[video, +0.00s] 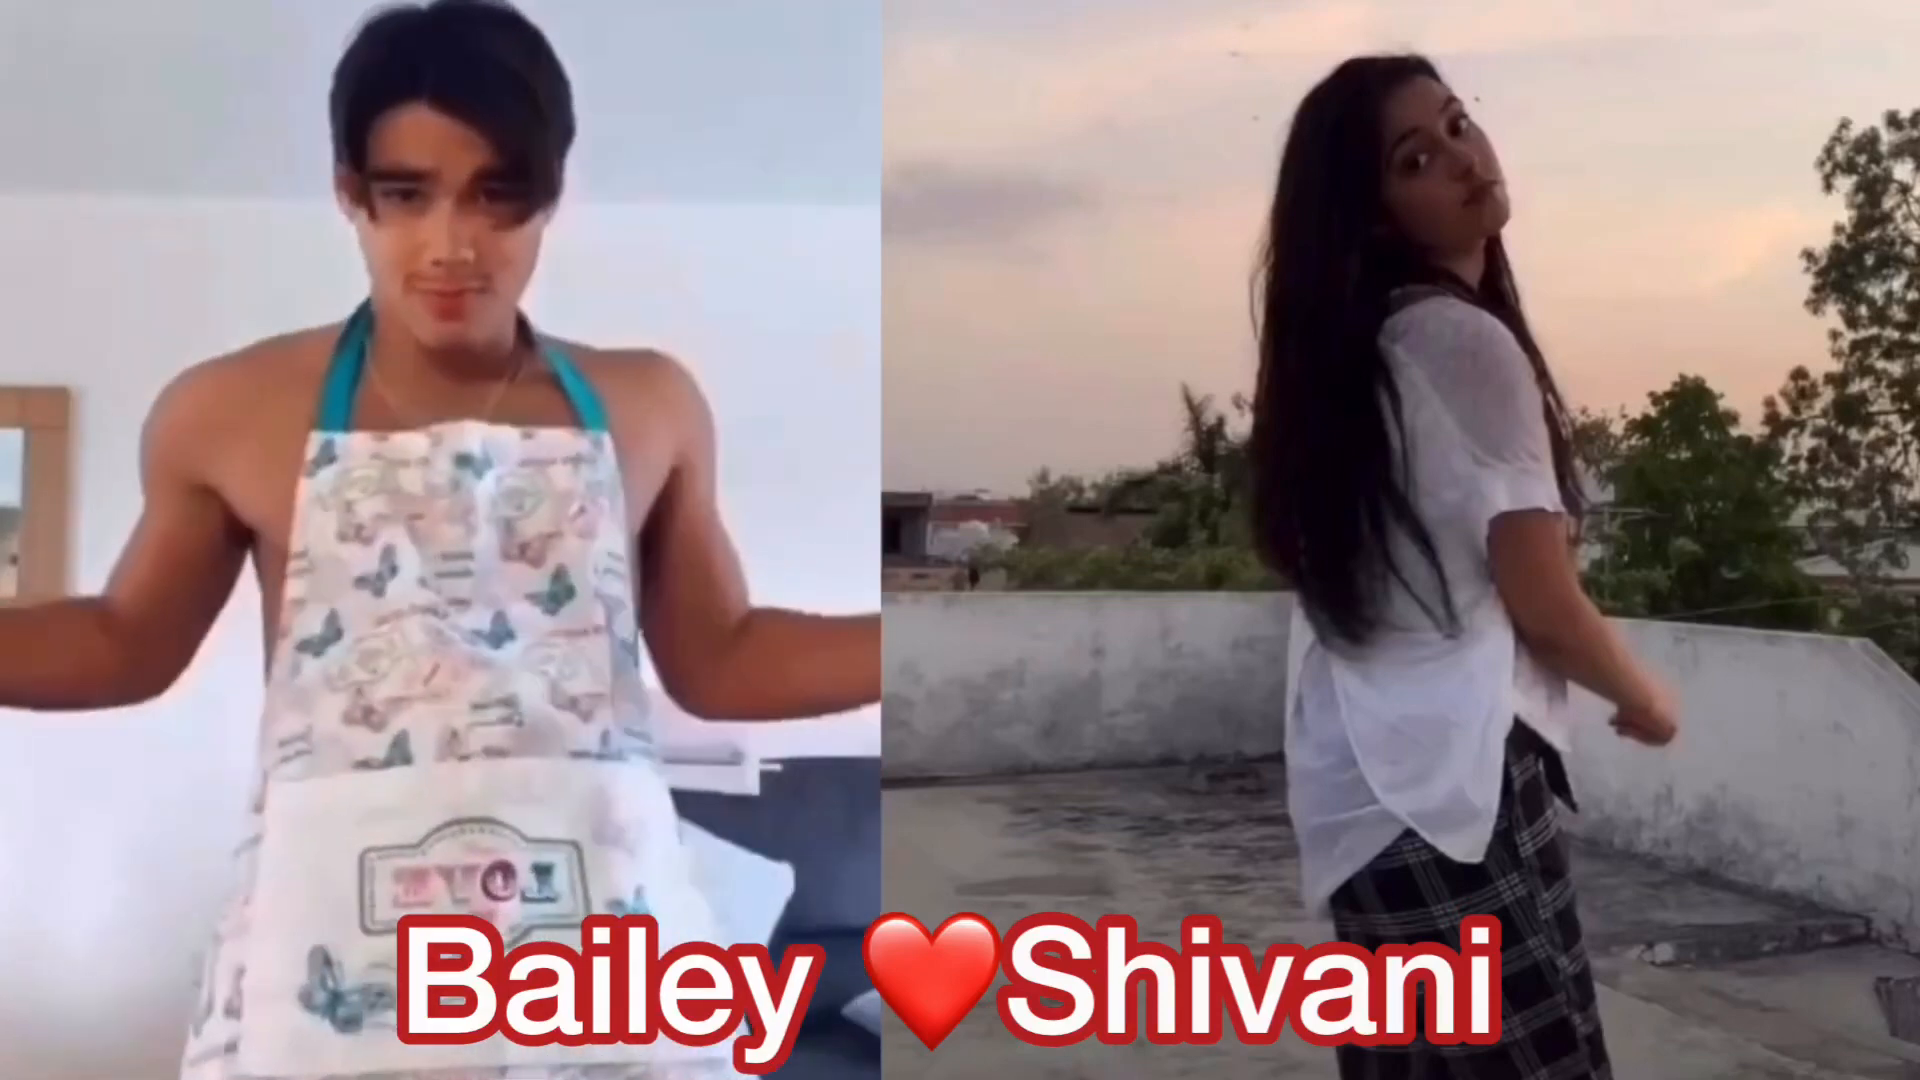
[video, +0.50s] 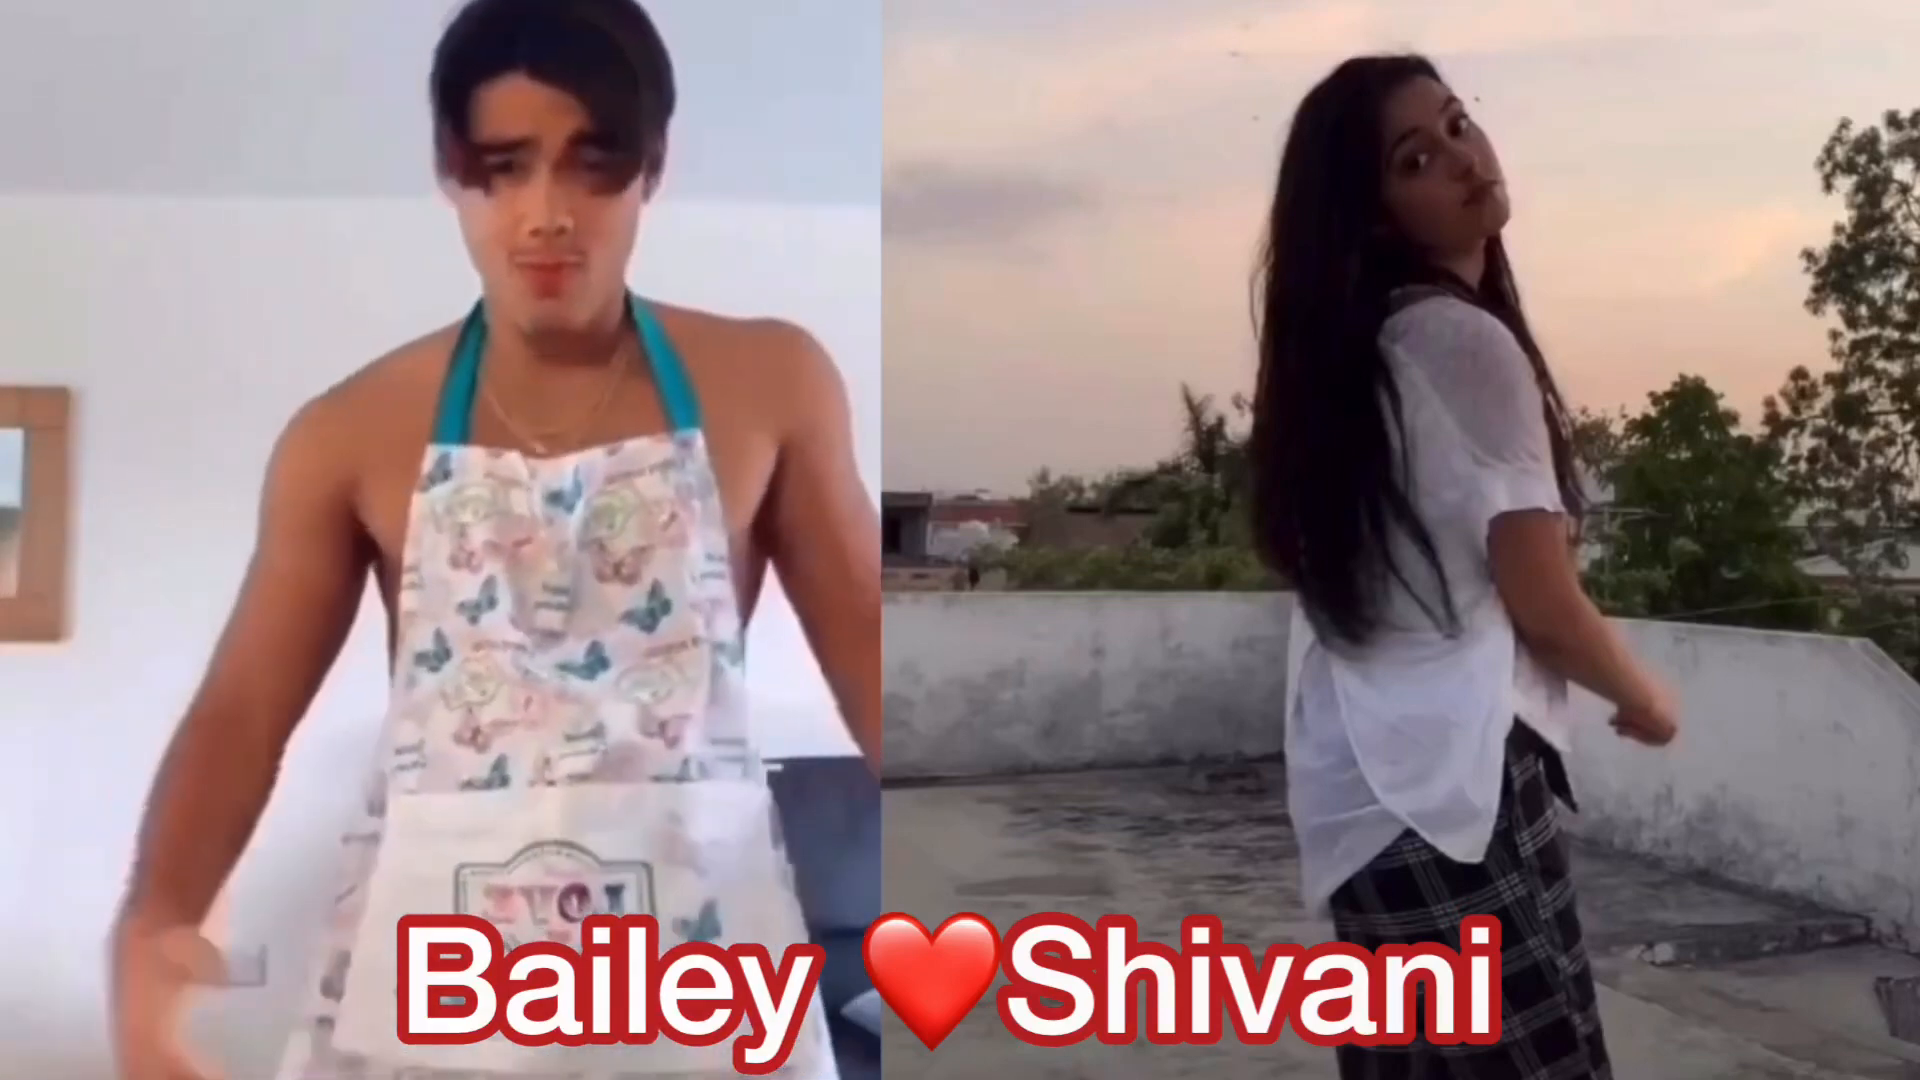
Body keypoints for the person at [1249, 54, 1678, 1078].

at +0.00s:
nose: (1467, 158)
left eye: (1459, 125)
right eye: (1418, 158)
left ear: (1479, 128)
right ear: (1370, 210)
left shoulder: (1353, 333)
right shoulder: (1465, 339)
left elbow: (1393, 566)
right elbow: (1545, 603)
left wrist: (1546, 665)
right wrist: (1642, 697)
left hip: (1362, 783)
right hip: (1451, 789)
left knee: (1397, 1056)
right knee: (1544, 1055)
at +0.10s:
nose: (1467, 158)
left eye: (1459, 125)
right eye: (1418, 158)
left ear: (1479, 129)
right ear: (1370, 209)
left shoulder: (1353, 333)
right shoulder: (1464, 339)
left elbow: (1393, 566)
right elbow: (1545, 603)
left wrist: (1546, 665)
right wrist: (1642, 697)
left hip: (1362, 783)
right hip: (1451, 789)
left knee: (1397, 1056)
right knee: (1544, 1055)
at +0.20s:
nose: (1467, 158)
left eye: (1459, 125)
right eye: (1418, 158)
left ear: (1479, 128)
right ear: (1370, 209)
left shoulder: (1353, 333)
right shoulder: (1465, 340)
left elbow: (1392, 566)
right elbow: (1545, 603)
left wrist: (1549, 664)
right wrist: (1643, 697)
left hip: (1363, 785)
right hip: (1453, 790)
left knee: (1397, 1056)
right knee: (1544, 1056)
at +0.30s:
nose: (1467, 158)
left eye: (1459, 125)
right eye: (1418, 159)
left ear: (1480, 129)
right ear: (1370, 210)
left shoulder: (1352, 332)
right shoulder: (1464, 339)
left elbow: (1392, 565)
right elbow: (1544, 602)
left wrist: (1545, 666)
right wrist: (1643, 697)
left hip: (1361, 783)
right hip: (1451, 789)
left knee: (1396, 1056)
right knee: (1544, 1055)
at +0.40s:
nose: (1467, 158)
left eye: (1460, 126)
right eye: (1418, 159)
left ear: (1480, 128)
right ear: (1370, 209)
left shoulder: (1351, 332)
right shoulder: (1464, 339)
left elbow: (1389, 564)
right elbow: (1543, 601)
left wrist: (1547, 666)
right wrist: (1643, 697)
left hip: (1361, 783)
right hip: (1451, 789)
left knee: (1396, 1056)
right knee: (1544, 1055)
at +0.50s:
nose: (1467, 158)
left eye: (1459, 125)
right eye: (1418, 159)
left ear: (1480, 129)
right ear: (1370, 210)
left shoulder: (1352, 332)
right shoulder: (1464, 339)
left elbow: (1392, 565)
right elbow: (1544, 602)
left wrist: (1545, 666)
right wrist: (1643, 697)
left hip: (1361, 783)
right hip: (1451, 789)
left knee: (1396, 1056)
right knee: (1544, 1055)